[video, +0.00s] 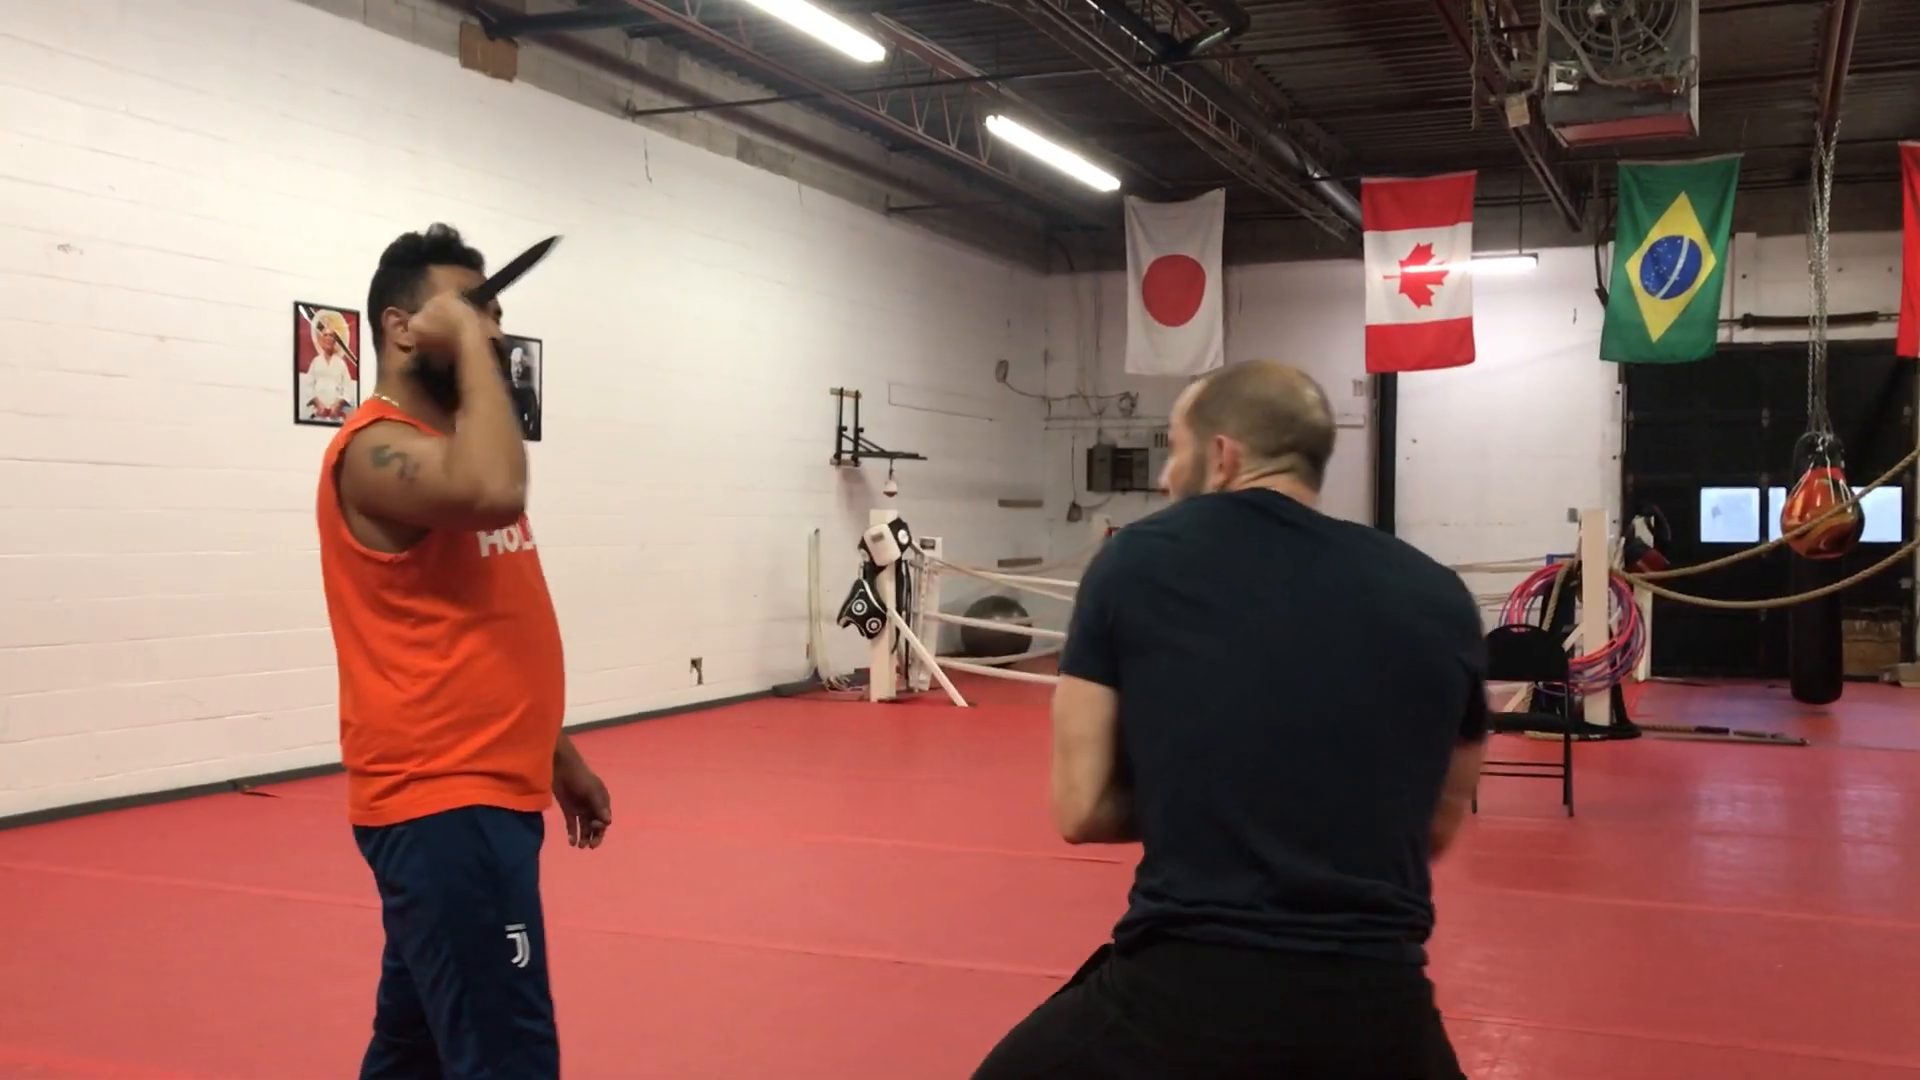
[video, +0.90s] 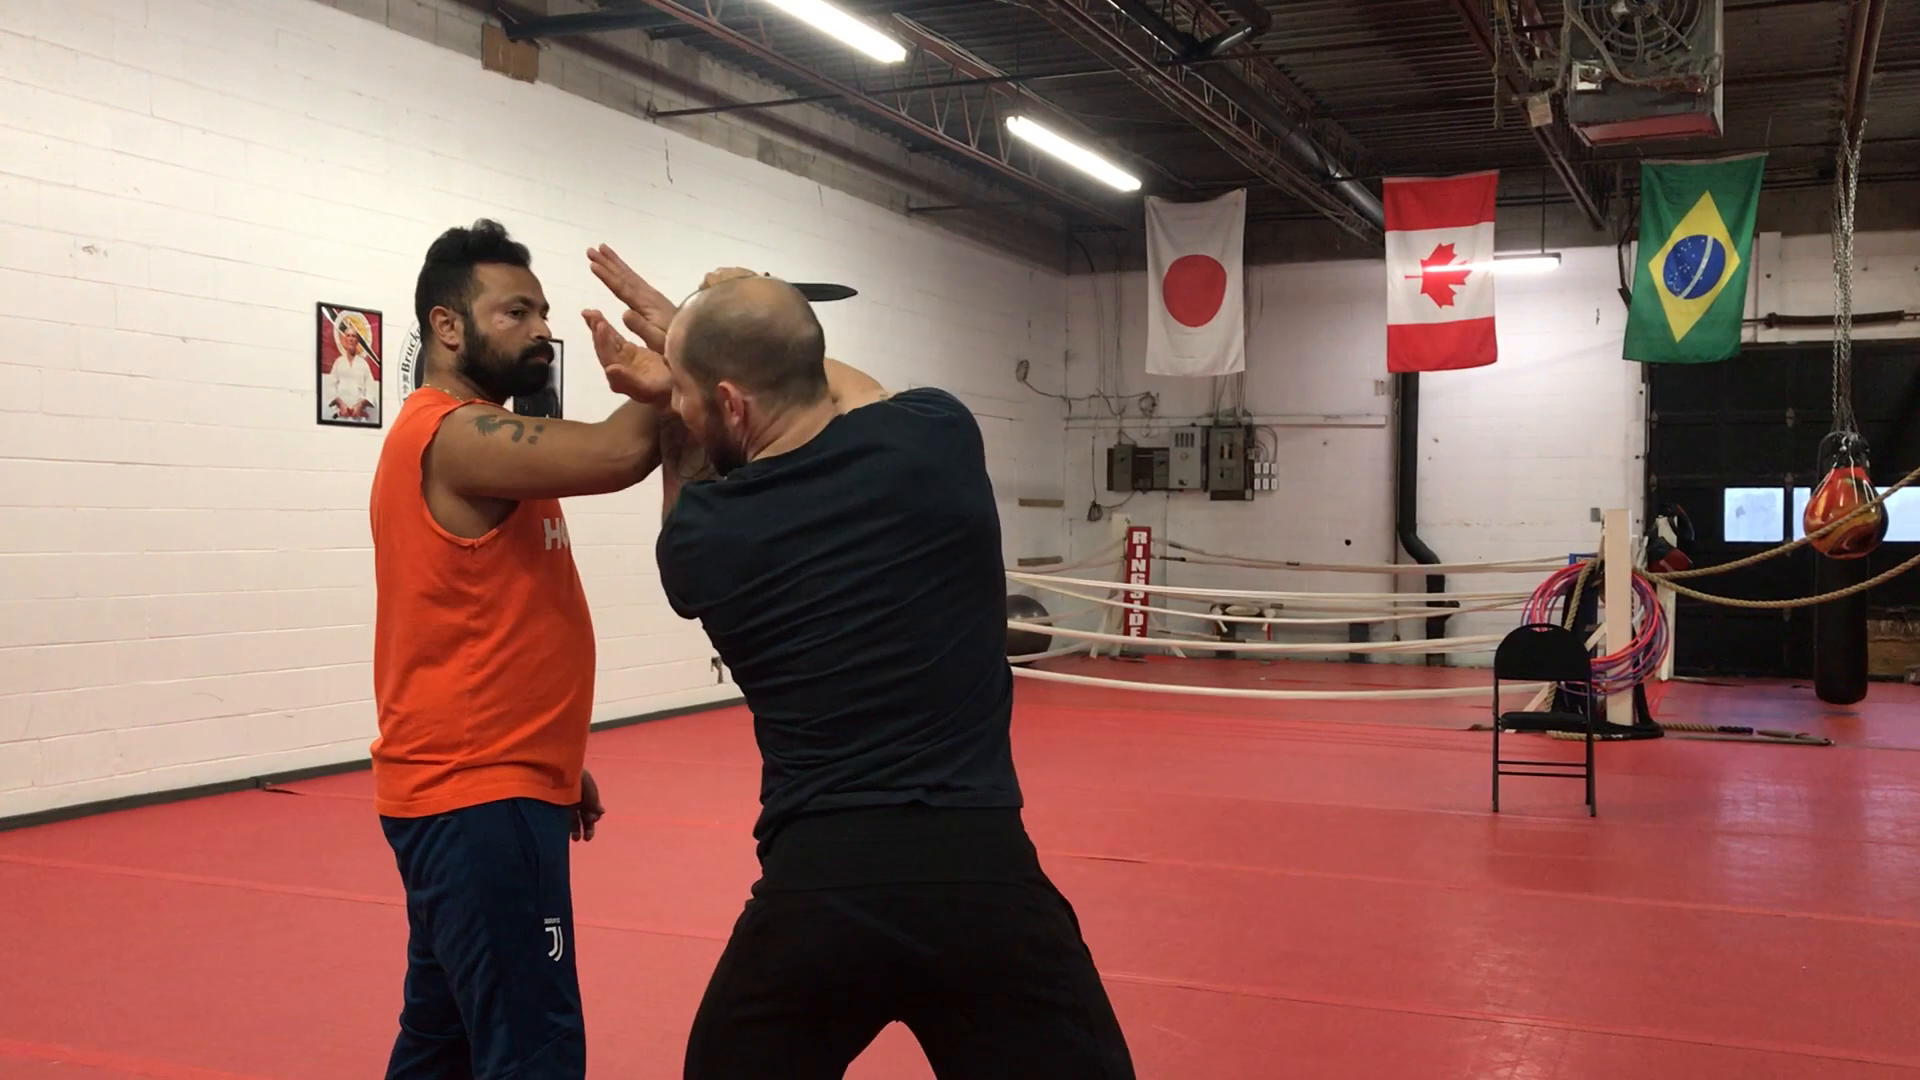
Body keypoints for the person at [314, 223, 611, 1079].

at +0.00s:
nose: (488, 326)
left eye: (488, 310)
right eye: (468, 307)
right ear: (402, 328)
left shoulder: (457, 439)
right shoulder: (377, 446)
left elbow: (487, 622)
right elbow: (492, 485)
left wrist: (557, 751)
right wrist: (471, 340)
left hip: (481, 798)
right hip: (439, 804)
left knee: (415, 1055)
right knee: (509, 1057)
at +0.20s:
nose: (526, 331)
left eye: (524, 313)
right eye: (499, 310)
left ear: (438, 334)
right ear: (429, 328)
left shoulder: (457, 440)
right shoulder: (420, 441)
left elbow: (482, 639)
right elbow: (556, 482)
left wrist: (549, 772)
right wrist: (575, 317)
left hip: (479, 796)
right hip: (469, 802)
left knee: (433, 1049)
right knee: (545, 1055)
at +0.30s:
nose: (534, 327)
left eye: (533, 309)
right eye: (511, 308)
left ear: (448, 332)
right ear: (440, 325)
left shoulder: (449, 437)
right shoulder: (436, 440)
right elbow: (583, 485)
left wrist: (544, 784)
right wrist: (627, 316)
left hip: (473, 794)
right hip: (483, 800)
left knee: (437, 1052)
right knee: (555, 1055)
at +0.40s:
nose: (542, 328)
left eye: (540, 308)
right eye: (518, 307)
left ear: (451, 332)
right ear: (446, 325)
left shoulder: (453, 433)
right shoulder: (446, 439)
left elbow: (602, 495)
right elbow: (603, 483)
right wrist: (671, 314)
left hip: (474, 793)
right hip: (488, 797)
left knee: (438, 1049)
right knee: (560, 1055)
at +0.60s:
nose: (549, 328)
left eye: (548, 310)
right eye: (525, 308)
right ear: (454, 324)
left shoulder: (467, 426)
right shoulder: (461, 435)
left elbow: (610, 464)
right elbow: (630, 460)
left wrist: (641, 408)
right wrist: (709, 306)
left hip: (475, 792)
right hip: (489, 798)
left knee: (436, 1051)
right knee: (561, 1053)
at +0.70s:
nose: (548, 333)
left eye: (549, 315)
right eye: (525, 314)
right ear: (453, 326)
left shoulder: (482, 430)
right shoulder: (454, 432)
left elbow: (501, 628)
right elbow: (617, 453)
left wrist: (558, 773)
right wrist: (651, 388)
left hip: (492, 791)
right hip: (479, 796)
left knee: (437, 1053)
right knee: (552, 1056)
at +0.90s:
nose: (541, 330)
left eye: (542, 313)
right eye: (516, 312)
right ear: (444, 326)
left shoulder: (462, 430)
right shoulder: (452, 432)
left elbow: (486, 626)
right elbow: (619, 452)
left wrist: (557, 761)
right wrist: (663, 374)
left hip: (482, 790)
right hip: (477, 793)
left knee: (441, 1044)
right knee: (536, 1051)